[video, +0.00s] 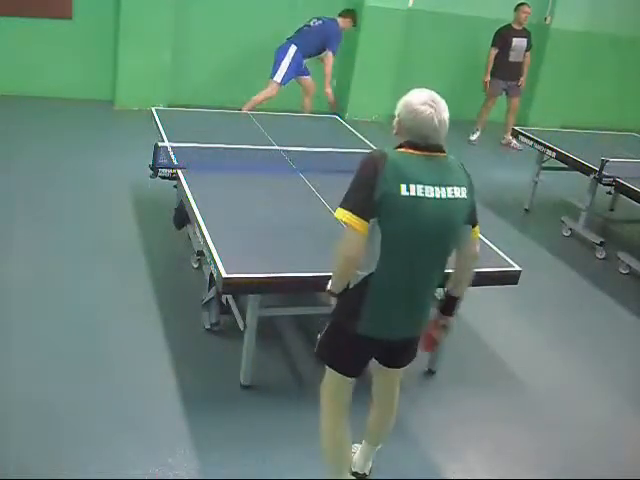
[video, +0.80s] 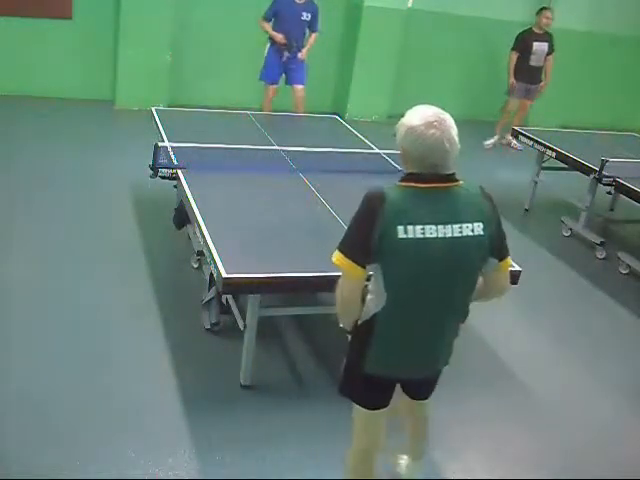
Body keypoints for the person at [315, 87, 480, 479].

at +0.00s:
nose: (392, 122)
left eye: (394, 118)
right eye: (395, 117)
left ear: (399, 126)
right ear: (443, 130)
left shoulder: (380, 165)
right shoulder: (459, 175)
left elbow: (352, 248)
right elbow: (469, 253)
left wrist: (336, 291)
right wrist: (447, 309)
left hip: (366, 307)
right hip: (414, 310)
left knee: (335, 394)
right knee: (387, 385)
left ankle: (340, 473)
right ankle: (362, 464)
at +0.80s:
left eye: (400, 146)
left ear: (403, 155)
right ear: (454, 152)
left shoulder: (381, 204)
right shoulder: (480, 203)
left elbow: (350, 284)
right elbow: (498, 284)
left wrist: (350, 325)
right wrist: (454, 292)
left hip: (382, 343)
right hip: (438, 341)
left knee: (366, 439)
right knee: (417, 409)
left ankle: (361, 471)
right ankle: (414, 465)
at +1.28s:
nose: (449, 143)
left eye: (452, 139)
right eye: (451, 138)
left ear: (457, 148)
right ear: (503, 153)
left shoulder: (436, 190)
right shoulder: (519, 197)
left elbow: (408, 269)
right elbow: (532, 275)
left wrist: (393, 312)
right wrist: (491, 289)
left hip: (425, 330)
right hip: (475, 332)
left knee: (385, 423)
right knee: (463, 409)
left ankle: (369, 473)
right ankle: (461, 473)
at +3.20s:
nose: (461, 151)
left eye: (464, 147)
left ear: (466, 152)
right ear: (508, 166)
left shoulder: (433, 180)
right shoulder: (517, 211)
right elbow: (532, 287)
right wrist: (541, 317)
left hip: (411, 323)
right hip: (462, 332)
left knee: (366, 408)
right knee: (447, 391)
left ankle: (341, 473)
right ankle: (452, 465)